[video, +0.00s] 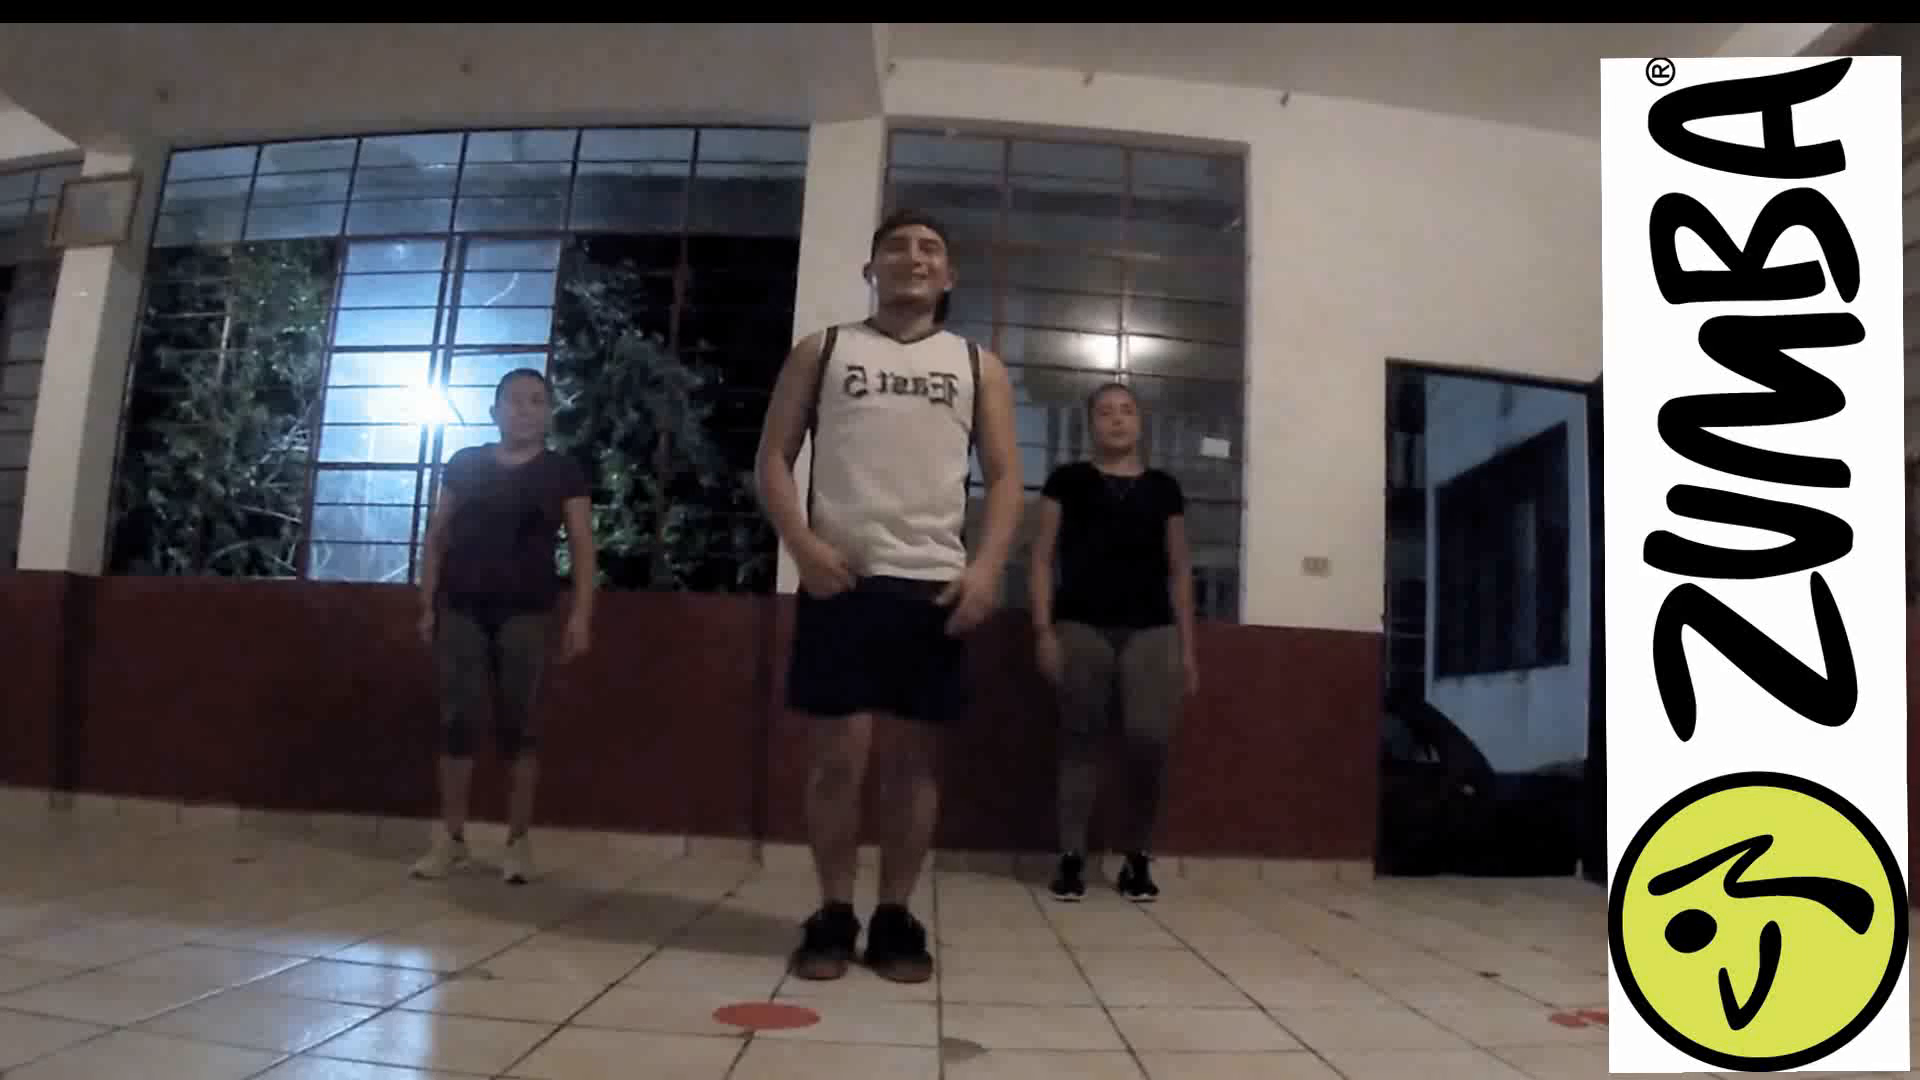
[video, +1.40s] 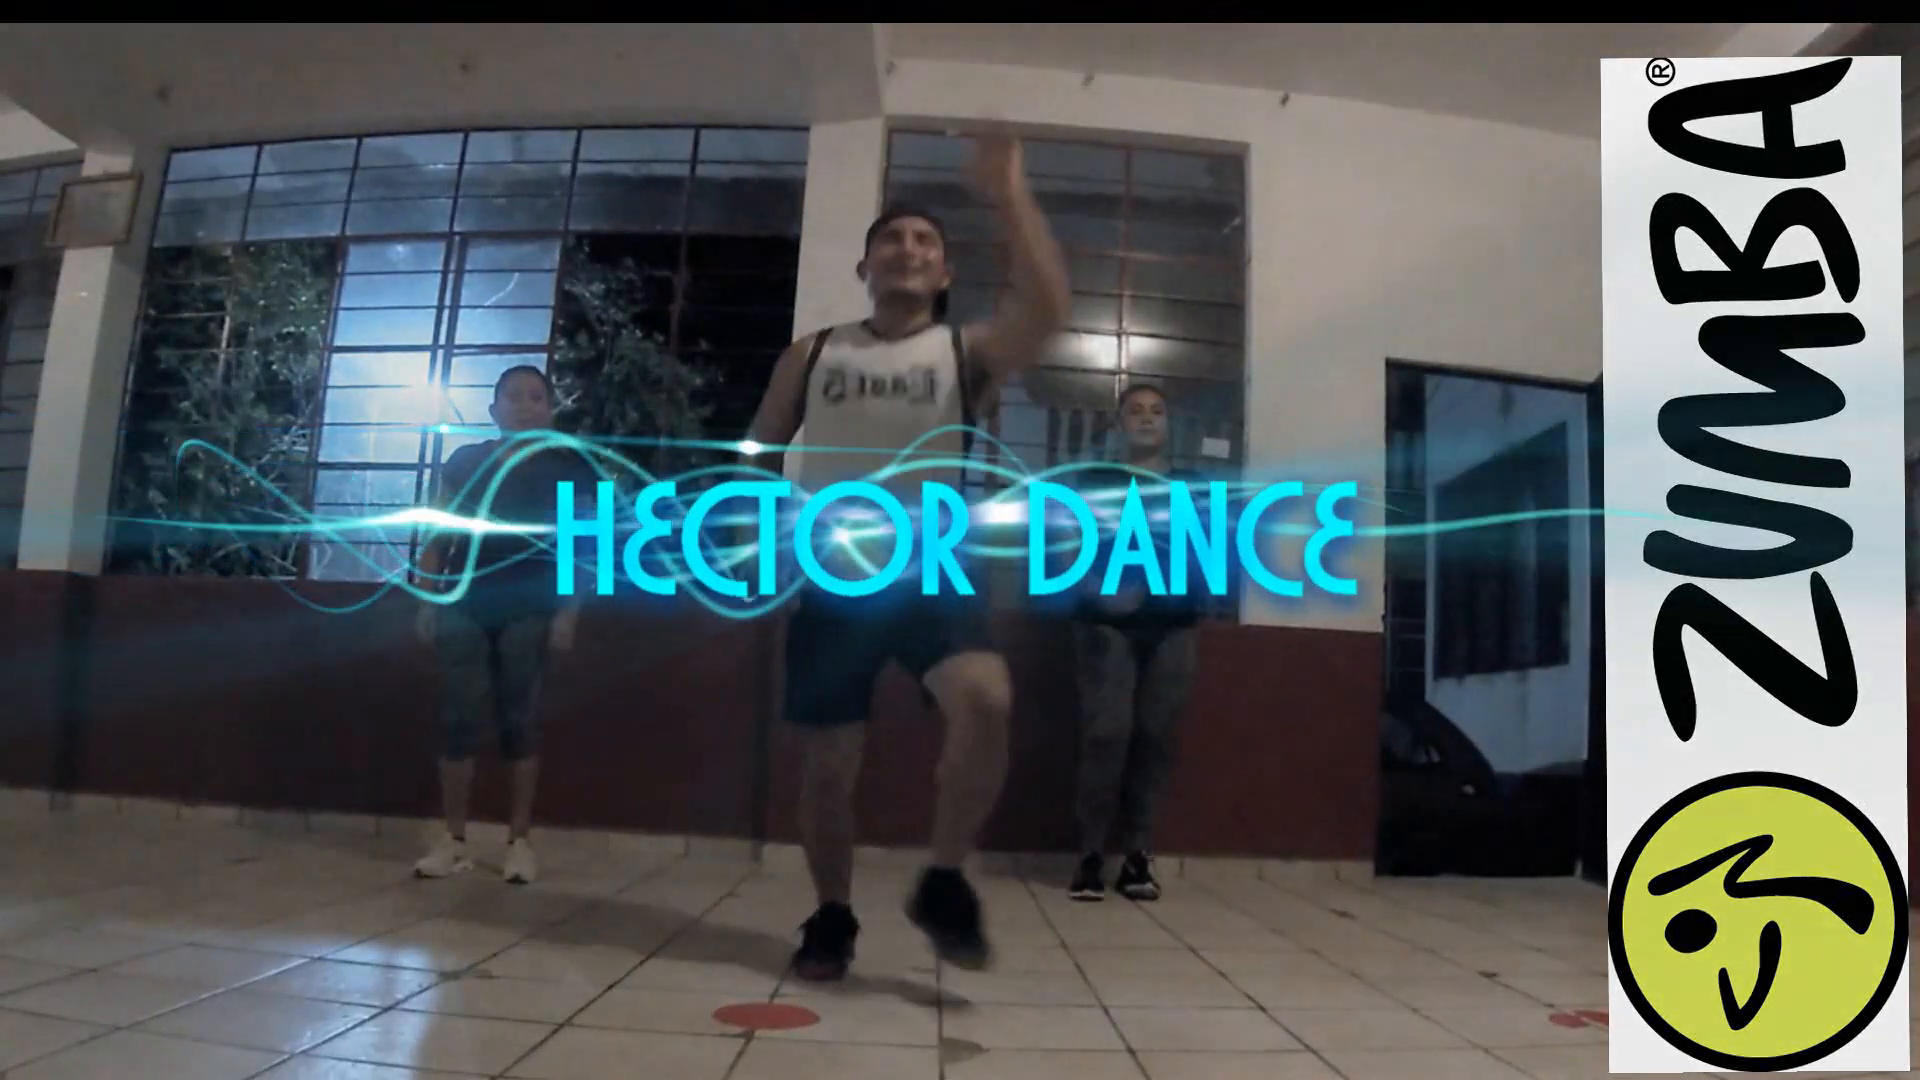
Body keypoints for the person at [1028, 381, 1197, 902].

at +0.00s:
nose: (1117, 420)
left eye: (1126, 412)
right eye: (1106, 413)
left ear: (1141, 424)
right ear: (1090, 425)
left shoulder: (1162, 488)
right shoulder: (1067, 481)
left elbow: (1180, 570)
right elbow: (1041, 559)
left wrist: (1187, 649)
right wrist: (1044, 632)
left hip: (1151, 635)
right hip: (1083, 632)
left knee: (1149, 747)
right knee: (1079, 744)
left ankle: (1138, 857)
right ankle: (1072, 853)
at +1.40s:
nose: (1147, 419)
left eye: (1156, 412)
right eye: (1137, 412)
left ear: (1168, 424)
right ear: (1120, 422)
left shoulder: (1188, 485)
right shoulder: (1094, 483)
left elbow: (1210, 555)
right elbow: (1065, 553)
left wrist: (1197, 602)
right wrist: (1095, 596)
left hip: (1172, 625)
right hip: (1107, 624)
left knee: (1157, 739)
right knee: (1106, 735)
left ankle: (1138, 857)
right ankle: (1091, 857)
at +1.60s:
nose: (1147, 417)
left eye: (1156, 409)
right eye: (1137, 409)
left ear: (1170, 420)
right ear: (1119, 421)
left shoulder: (1191, 473)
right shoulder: (1093, 477)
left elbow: (1261, 460)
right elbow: (1061, 548)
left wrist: (1239, 399)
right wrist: (1069, 611)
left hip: (1176, 623)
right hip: (1108, 623)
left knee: (1190, 734)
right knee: (1100, 739)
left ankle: (1188, 865)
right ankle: (1092, 857)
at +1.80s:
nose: (1158, 422)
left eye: (1166, 414)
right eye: (1146, 415)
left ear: (1181, 426)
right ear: (1127, 430)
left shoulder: (1207, 475)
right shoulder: (1107, 484)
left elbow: (1255, 409)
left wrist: (1292, 338)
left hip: (1195, 627)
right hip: (1119, 626)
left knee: (1209, 741)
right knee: (1088, 735)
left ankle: (1215, 875)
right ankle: (1084, 858)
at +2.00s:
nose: (1150, 417)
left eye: (1160, 410)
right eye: (1139, 409)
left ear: (1175, 424)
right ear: (1120, 424)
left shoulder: (1200, 470)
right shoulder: (1097, 473)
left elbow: (1253, 404)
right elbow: (1048, 431)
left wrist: (1297, 332)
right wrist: (1080, 382)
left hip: (1192, 617)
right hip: (1113, 614)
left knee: (1202, 739)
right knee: (1063, 725)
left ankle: (1215, 874)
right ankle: (1022, 861)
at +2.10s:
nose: (1140, 422)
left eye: (1150, 415)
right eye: (1130, 414)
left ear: (1166, 428)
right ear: (1110, 425)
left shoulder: (1189, 478)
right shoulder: (1087, 476)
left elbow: (1249, 439)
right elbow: (1060, 413)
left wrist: (1280, 366)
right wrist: (1061, 352)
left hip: (1174, 621)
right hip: (1097, 618)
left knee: (1194, 737)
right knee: (1059, 730)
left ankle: (1212, 874)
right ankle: (1018, 864)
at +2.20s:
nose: (1129, 424)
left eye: (1140, 417)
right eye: (1120, 414)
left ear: (1151, 431)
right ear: (1099, 424)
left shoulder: (1164, 489)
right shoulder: (1071, 477)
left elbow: (1226, 527)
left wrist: (1239, 470)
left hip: (1150, 623)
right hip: (1074, 621)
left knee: (1184, 741)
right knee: (1051, 744)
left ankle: (1211, 874)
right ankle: (1016, 876)